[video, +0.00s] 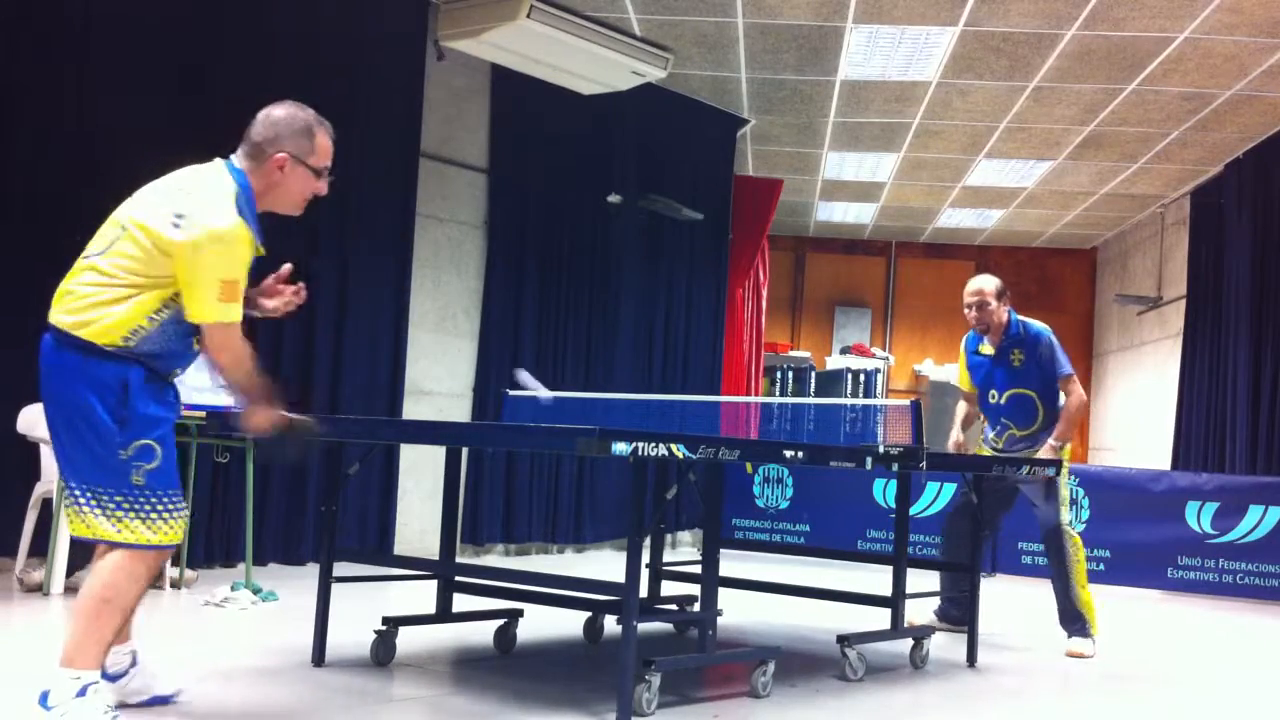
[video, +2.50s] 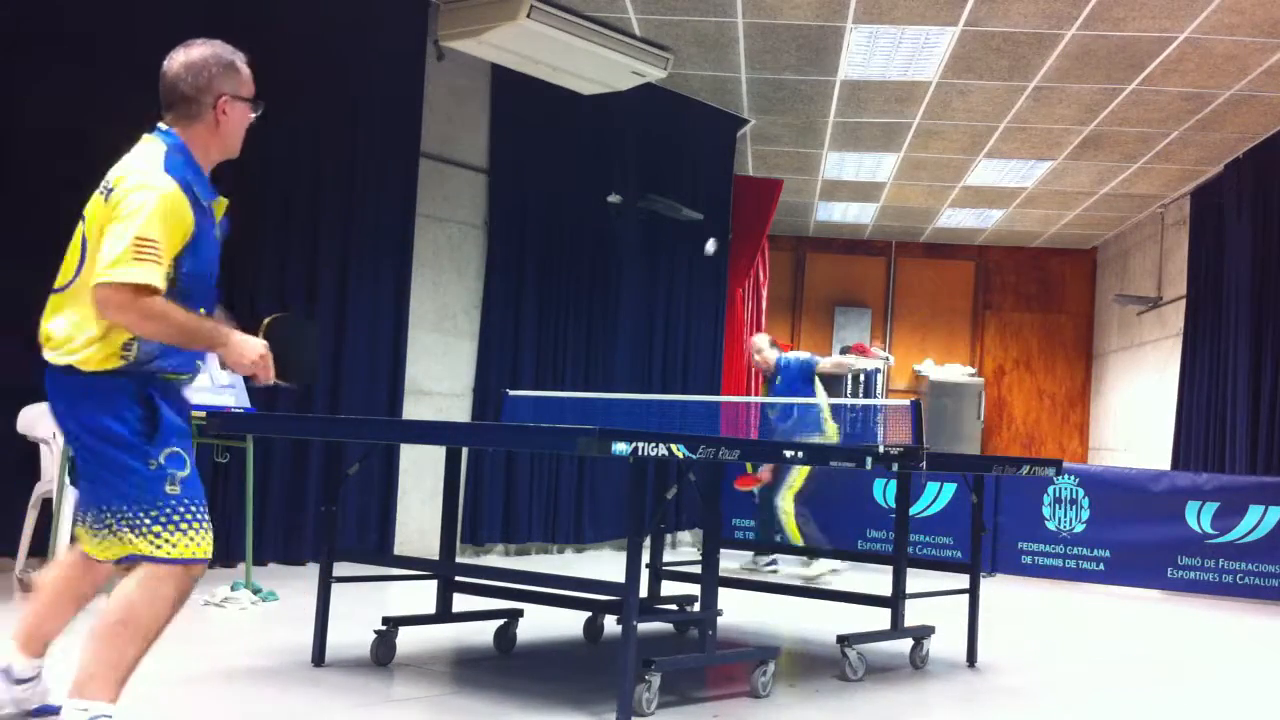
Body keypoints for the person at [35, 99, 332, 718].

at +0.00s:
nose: (323, 188)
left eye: (326, 174)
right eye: (319, 172)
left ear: (270, 160)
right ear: (278, 162)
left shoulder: (212, 187)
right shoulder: (219, 220)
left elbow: (170, 288)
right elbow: (222, 344)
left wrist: (247, 302)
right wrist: (260, 400)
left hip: (116, 358)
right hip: (102, 360)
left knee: (143, 525)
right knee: (146, 533)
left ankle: (113, 666)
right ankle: (67, 688)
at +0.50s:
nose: (339, 182)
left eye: (342, 171)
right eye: (340, 170)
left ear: (273, 158)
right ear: (319, 165)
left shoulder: (202, 199)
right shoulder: (311, 223)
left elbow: (122, 273)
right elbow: (303, 338)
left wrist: (162, 342)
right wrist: (273, 395)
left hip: (133, 368)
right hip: (218, 382)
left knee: (141, 519)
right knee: (269, 541)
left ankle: (93, 672)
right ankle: (253, 703)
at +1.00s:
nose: (338, 183)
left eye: (340, 171)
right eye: (337, 170)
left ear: (268, 161)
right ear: (315, 167)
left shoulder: (204, 211)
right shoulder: (291, 226)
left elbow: (140, 305)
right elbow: (265, 321)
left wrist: (239, 325)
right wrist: (306, 361)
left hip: (130, 391)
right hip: (203, 401)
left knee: (153, 529)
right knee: (297, 549)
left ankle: (79, 673)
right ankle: (254, 703)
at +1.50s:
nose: (297, 161)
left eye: (298, 148)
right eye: (296, 147)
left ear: (223, 142)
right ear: (273, 145)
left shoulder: (154, 197)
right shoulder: (270, 226)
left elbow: (102, 289)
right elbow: (366, 292)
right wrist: (449, 256)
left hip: (103, 390)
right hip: (183, 401)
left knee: (134, 519)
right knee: (286, 540)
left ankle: (35, 661)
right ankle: (252, 702)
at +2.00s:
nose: (216, 127)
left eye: (217, 115)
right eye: (216, 115)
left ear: (145, 112)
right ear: (199, 116)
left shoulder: (77, 172)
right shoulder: (193, 180)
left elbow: (20, 272)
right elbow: (197, 283)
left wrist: (75, 323)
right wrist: (230, 335)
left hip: (45, 366)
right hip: (129, 369)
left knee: (49, 527)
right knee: (171, 541)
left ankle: (1, 675)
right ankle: (140, 710)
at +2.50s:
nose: (252, 117)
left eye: (252, 104)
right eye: (248, 103)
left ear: (192, 106)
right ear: (221, 109)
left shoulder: (164, 169)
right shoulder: (159, 182)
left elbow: (160, 294)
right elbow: (119, 299)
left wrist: (224, 339)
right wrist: (227, 339)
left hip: (108, 377)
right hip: (113, 381)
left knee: (108, 539)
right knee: (179, 551)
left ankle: (15, 671)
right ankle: (87, 708)